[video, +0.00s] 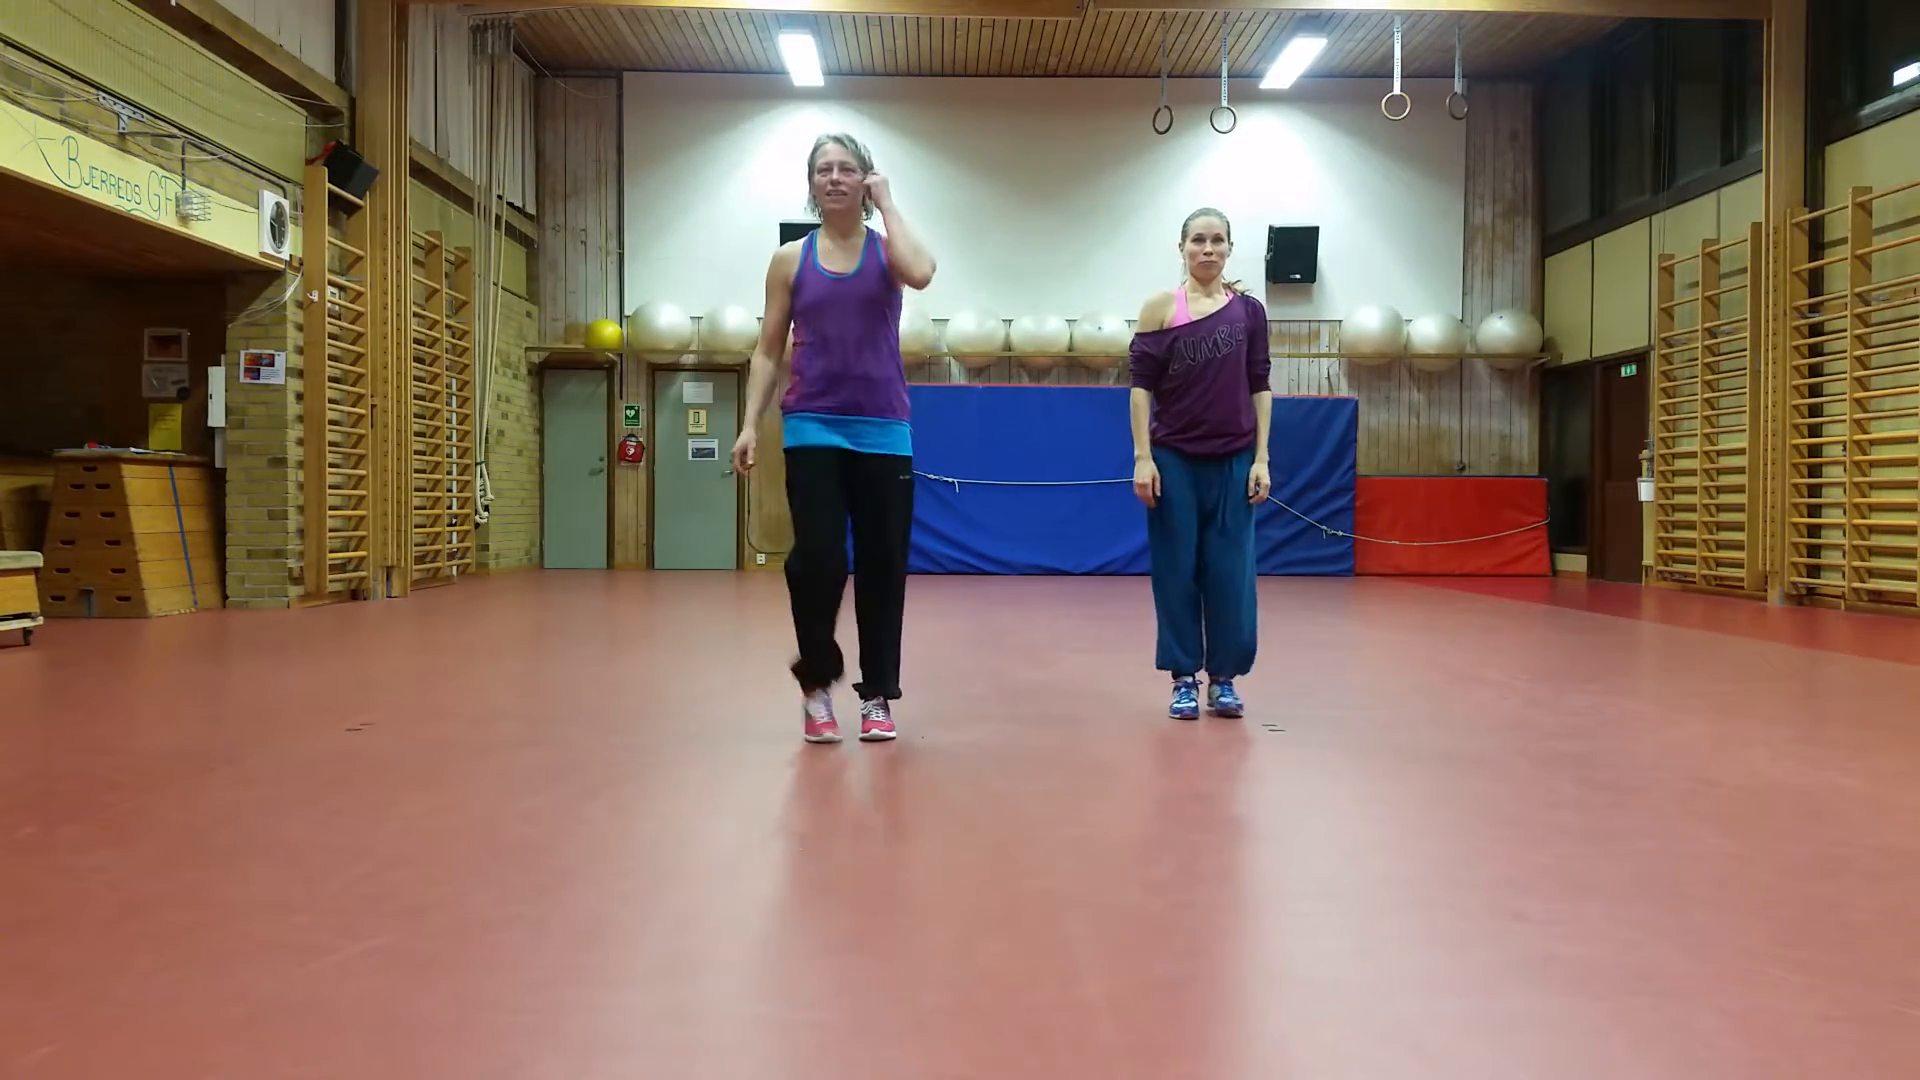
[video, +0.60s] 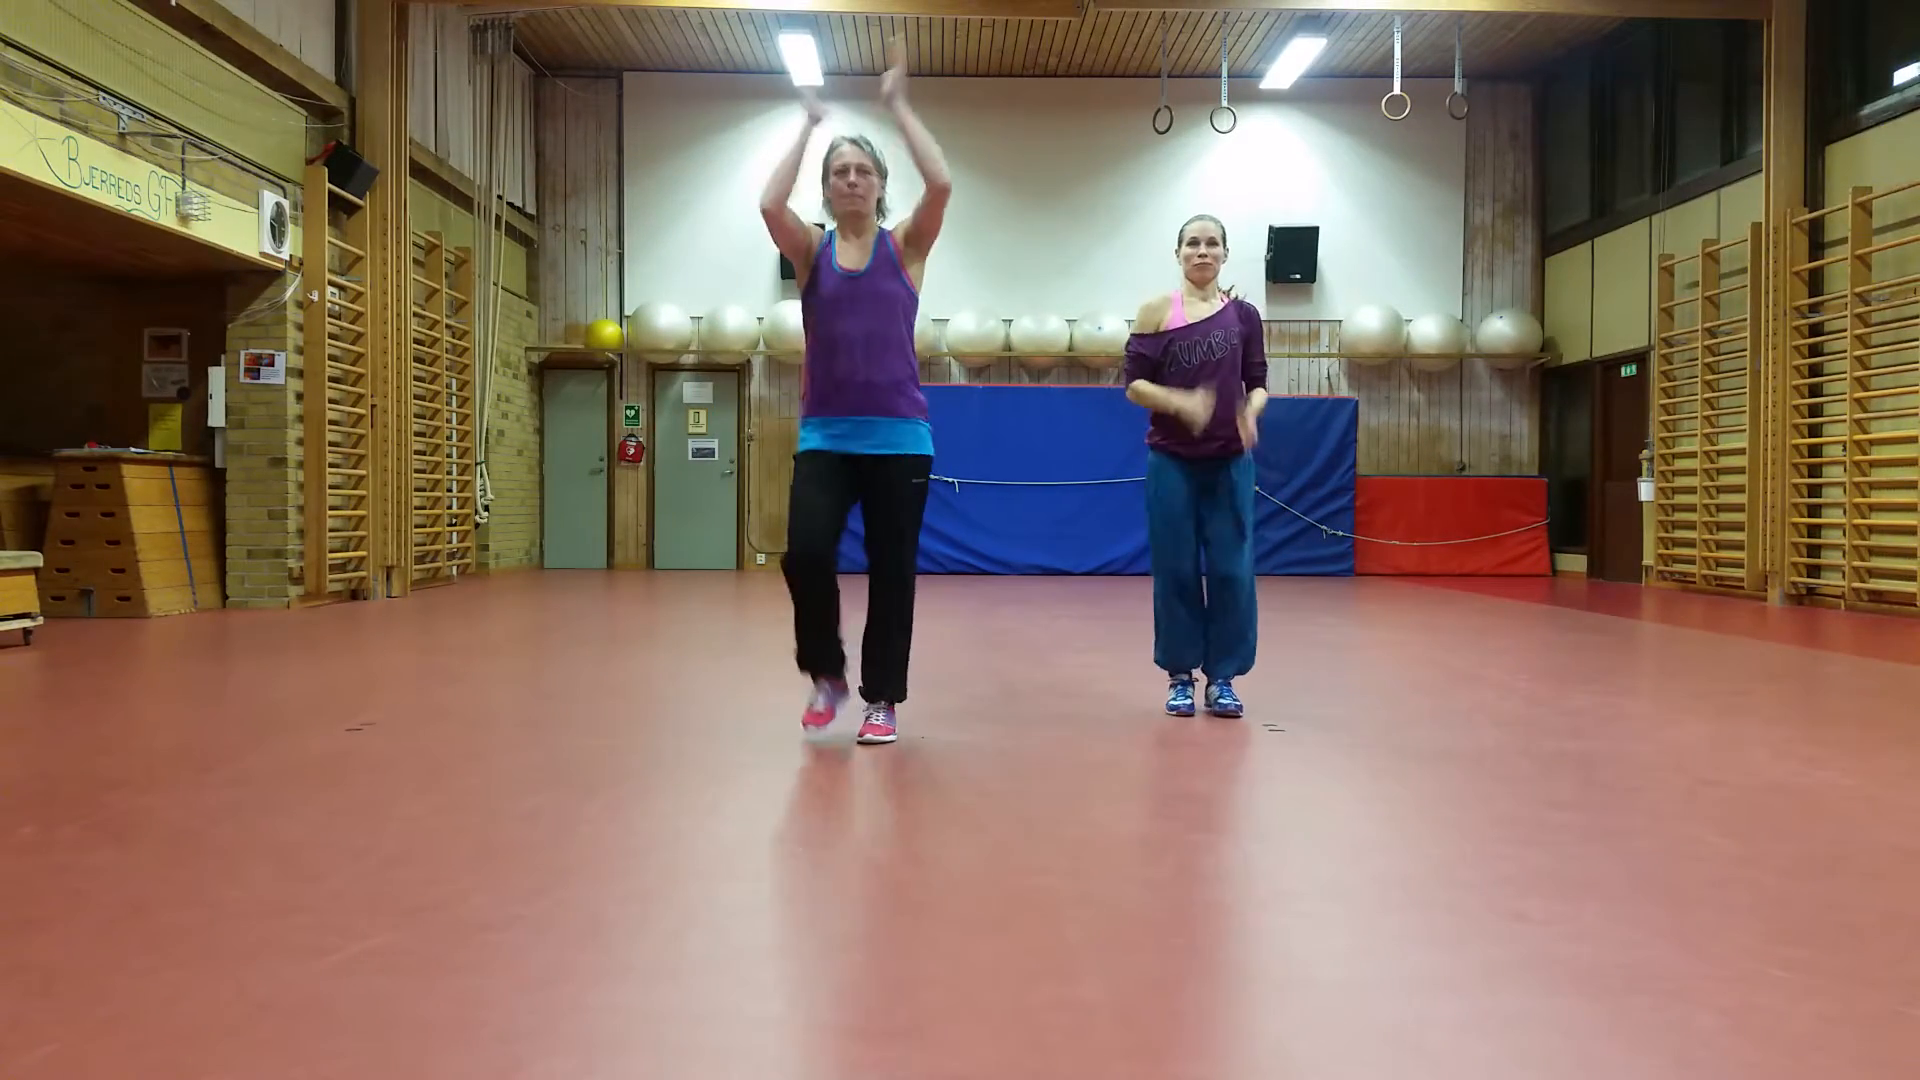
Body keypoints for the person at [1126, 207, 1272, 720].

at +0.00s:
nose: (1208, 248)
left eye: (1217, 240)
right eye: (1199, 239)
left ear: (1229, 248)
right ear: (1183, 247)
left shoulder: (1249, 309)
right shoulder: (1160, 308)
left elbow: (1260, 385)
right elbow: (1140, 386)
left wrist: (1261, 457)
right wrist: (1141, 457)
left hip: (1234, 458)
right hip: (1174, 458)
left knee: (1231, 569)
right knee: (1178, 569)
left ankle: (1222, 681)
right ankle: (1184, 680)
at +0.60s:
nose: (1203, 252)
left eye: (1212, 244)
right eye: (1194, 243)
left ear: (1225, 254)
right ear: (1178, 252)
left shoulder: (1244, 314)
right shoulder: (1156, 312)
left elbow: (1258, 383)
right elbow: (1133, 385)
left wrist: (1249, 411)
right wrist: (1180, 400)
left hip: (1231, 460)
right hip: (1172, 460)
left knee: (1232, 568)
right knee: (1176, 567)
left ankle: (1222, 678)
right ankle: (1181, 677)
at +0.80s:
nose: (1206, 251)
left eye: (1215, 244)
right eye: (1197, 243)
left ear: (1226, 252)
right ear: (1181, 250)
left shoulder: (1242, 307)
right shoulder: (1160, 306)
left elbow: (1257, 371)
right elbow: (1157, 368)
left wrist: (1237, 322)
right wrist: (1202, 324)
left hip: (1232, 453)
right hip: (1174, 453)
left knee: (1232, 566)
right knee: (1173, 565)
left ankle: (1223, 676)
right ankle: (1180, 677)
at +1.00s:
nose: (1215, 256)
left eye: (1223, 249)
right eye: (1206, 248)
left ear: (1230, 257)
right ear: (1187, 255)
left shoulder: (1245, 304)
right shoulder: (1170, 309)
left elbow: (1289, 306)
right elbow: (1148, 319)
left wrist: (1254, 250)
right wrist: (1185, 274)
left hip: (1237, 453)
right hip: (1179, 452)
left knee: (1237, 565)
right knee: (1186, 561)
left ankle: (1226, 677)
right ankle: (1183, 669)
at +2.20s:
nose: (1208, 246)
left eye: (1216, 239)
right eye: (1199, 238)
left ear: (1226, 249)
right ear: (1181, 247)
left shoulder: (1238, 303)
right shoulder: (1166, 308)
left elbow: (1281, 241)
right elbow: (1154, 268)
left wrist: (1236, 180)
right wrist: (1184, 203)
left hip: (1237, 460)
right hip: (1180, 459)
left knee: (1256, 560)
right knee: (1172, 569)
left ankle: (1223, 665)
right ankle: (1170, 674)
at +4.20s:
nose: (1233, 234)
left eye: (1240, 229)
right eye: (1222, 229)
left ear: (1252, 243)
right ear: (1206, 242)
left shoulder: (1265, 295)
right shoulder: (1192, 300)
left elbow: (1307, 224)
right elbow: (1161, 249)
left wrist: (1266, 165)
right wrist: (1199, 184)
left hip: (1260, 449)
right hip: (1201, 448)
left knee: (1268, 560)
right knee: (1192, 552)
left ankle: (1264, 669)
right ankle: (1196, 658)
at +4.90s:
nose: (1227, 246)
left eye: (1236, 239)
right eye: (1217, 239)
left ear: (1248, 252)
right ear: (1203, 253)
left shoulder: (1264, 302)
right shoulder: (1187, 307)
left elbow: (1326, 277)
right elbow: (1156, 306)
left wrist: (1275, 236)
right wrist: (1193, 247)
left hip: (1263, 455)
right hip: (1203, 457)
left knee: (1272, 565)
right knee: (1204, 558)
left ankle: (1264, 674)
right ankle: (1214, 660)